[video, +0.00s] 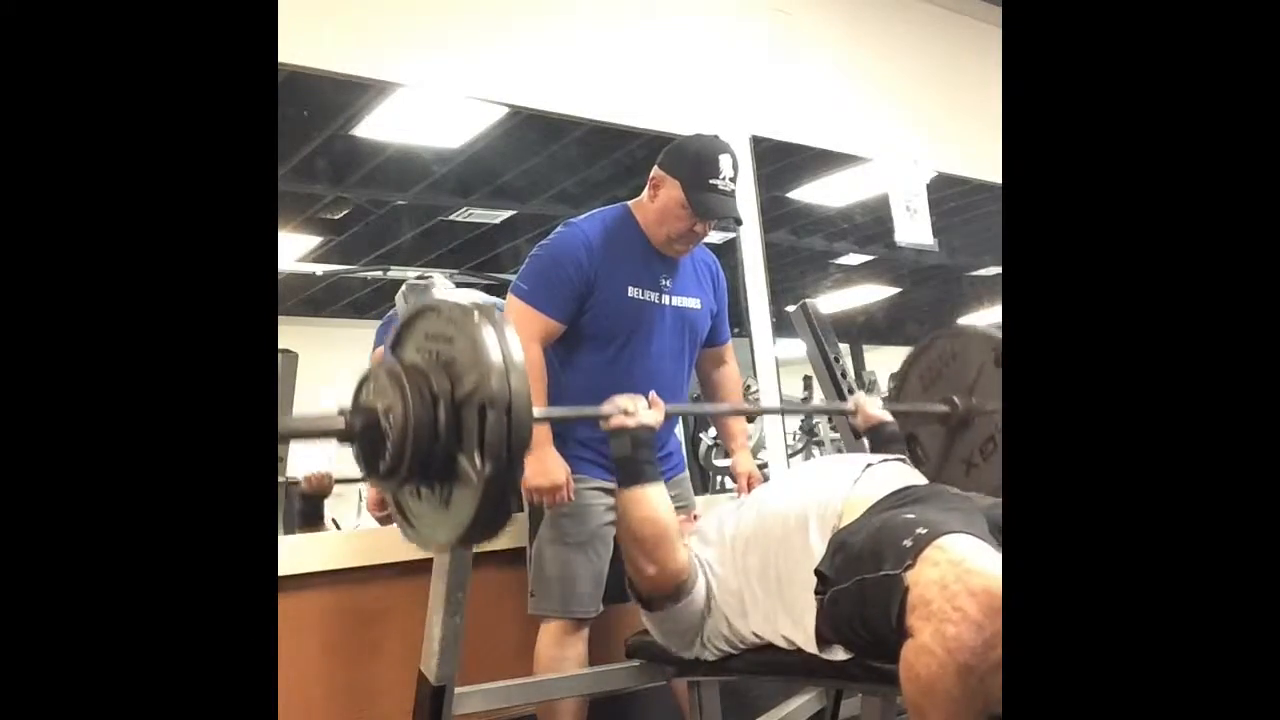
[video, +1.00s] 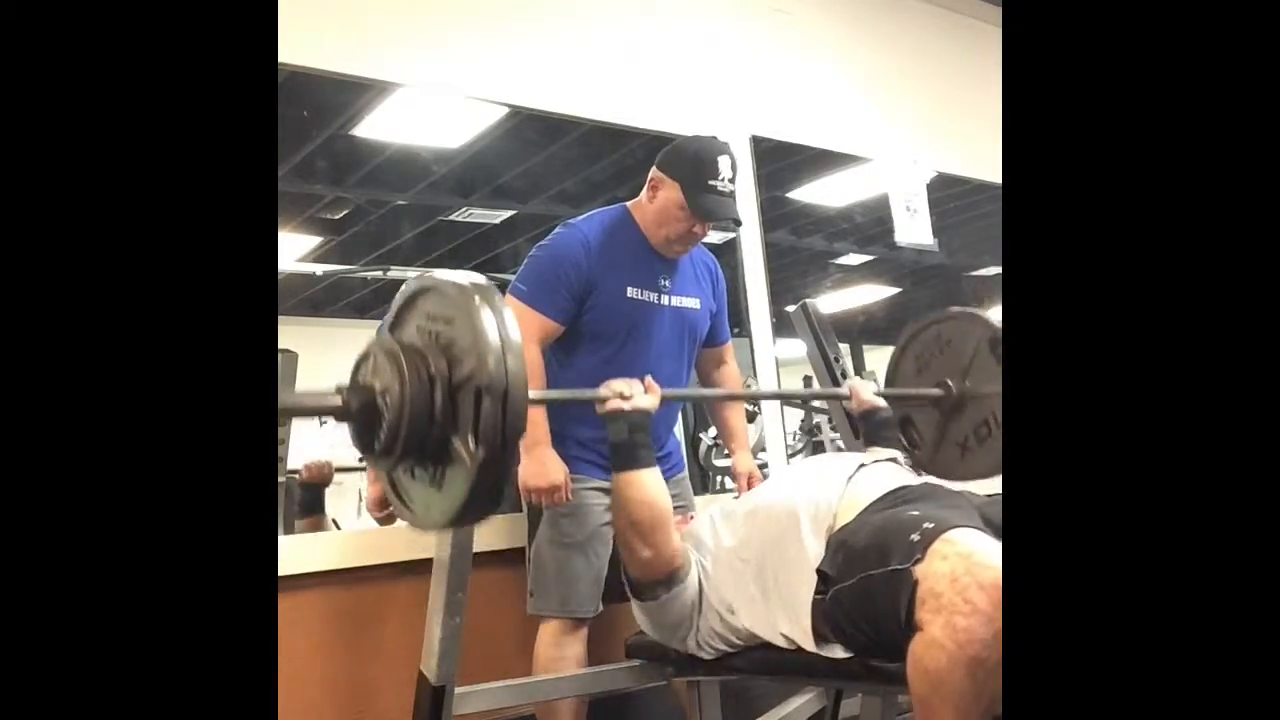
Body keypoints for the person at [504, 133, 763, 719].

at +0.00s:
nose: (704, 229)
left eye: (713, 219)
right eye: (696, 212)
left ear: (722, 214)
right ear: (657, 186)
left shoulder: (706, 270)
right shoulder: (579, 247)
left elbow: (719, 364)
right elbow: (520, 340)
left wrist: (739, 449)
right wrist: (538, 446)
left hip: (661, 470)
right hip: (579, 467)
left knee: (652, 611)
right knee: (570, 619)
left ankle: (638, 713)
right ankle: (565, 716)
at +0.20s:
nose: (703, 231)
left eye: (713, 221)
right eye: (695, 214)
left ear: (721, 215)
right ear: (657, 188)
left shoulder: (707, 271)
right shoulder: (579, 247)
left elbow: (719, 366)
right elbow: (521, 341)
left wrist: (737, 449)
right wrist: (542, 449)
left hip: (659, 466)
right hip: (576, 467)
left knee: (649, 616)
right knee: (569, 621)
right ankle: (562, 717)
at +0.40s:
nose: (702, 231)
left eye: (712, 222)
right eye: (694, 214)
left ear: (721, 217)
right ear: (657, 188)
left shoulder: (707, 271)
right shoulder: (579, 247)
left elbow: (719, 365)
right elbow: (521, 340)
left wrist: (739, 452)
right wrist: (540, 450)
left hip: (660, 472)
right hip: (578, 470)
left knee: (630, 609)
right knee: (568, 618)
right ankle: (561, 715)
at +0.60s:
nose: (703, 232)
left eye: (712, 222)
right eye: (695, 215)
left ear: (720, 217)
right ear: (657, 188)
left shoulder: (707, 271)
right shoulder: (579, 247)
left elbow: (718, 365)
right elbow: (520, 340)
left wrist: (740, 449)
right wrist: (541, 449)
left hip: (659, 467)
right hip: (576, 468)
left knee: (677, 616)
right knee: (569, 621)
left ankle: (691, 712)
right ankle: (560, 718)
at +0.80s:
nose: (703, 231)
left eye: (712, 221)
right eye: (694, 214)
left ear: (721, 216)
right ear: (655, 187)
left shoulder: (706, 270)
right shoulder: (579, 246)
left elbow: (719, 364)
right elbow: (520, 337)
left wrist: (741, 448)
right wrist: (537, 444)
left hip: (662, 469)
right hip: (579, 468)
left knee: (677, 612)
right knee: (569, 621)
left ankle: (689, 713)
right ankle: (564, 718)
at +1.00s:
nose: (702, 230)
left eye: (712, 220)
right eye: (694, 213)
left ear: (721, 216)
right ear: (655, 187)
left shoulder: (705, 271)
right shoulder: (578, 248)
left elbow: (720, 366)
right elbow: (519, 340)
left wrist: (740, 449)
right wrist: (535, 445)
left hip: (662, 470)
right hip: (580, 469)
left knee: (669, 612)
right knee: (568, 621)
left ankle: (657, 715)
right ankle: (562, 717)